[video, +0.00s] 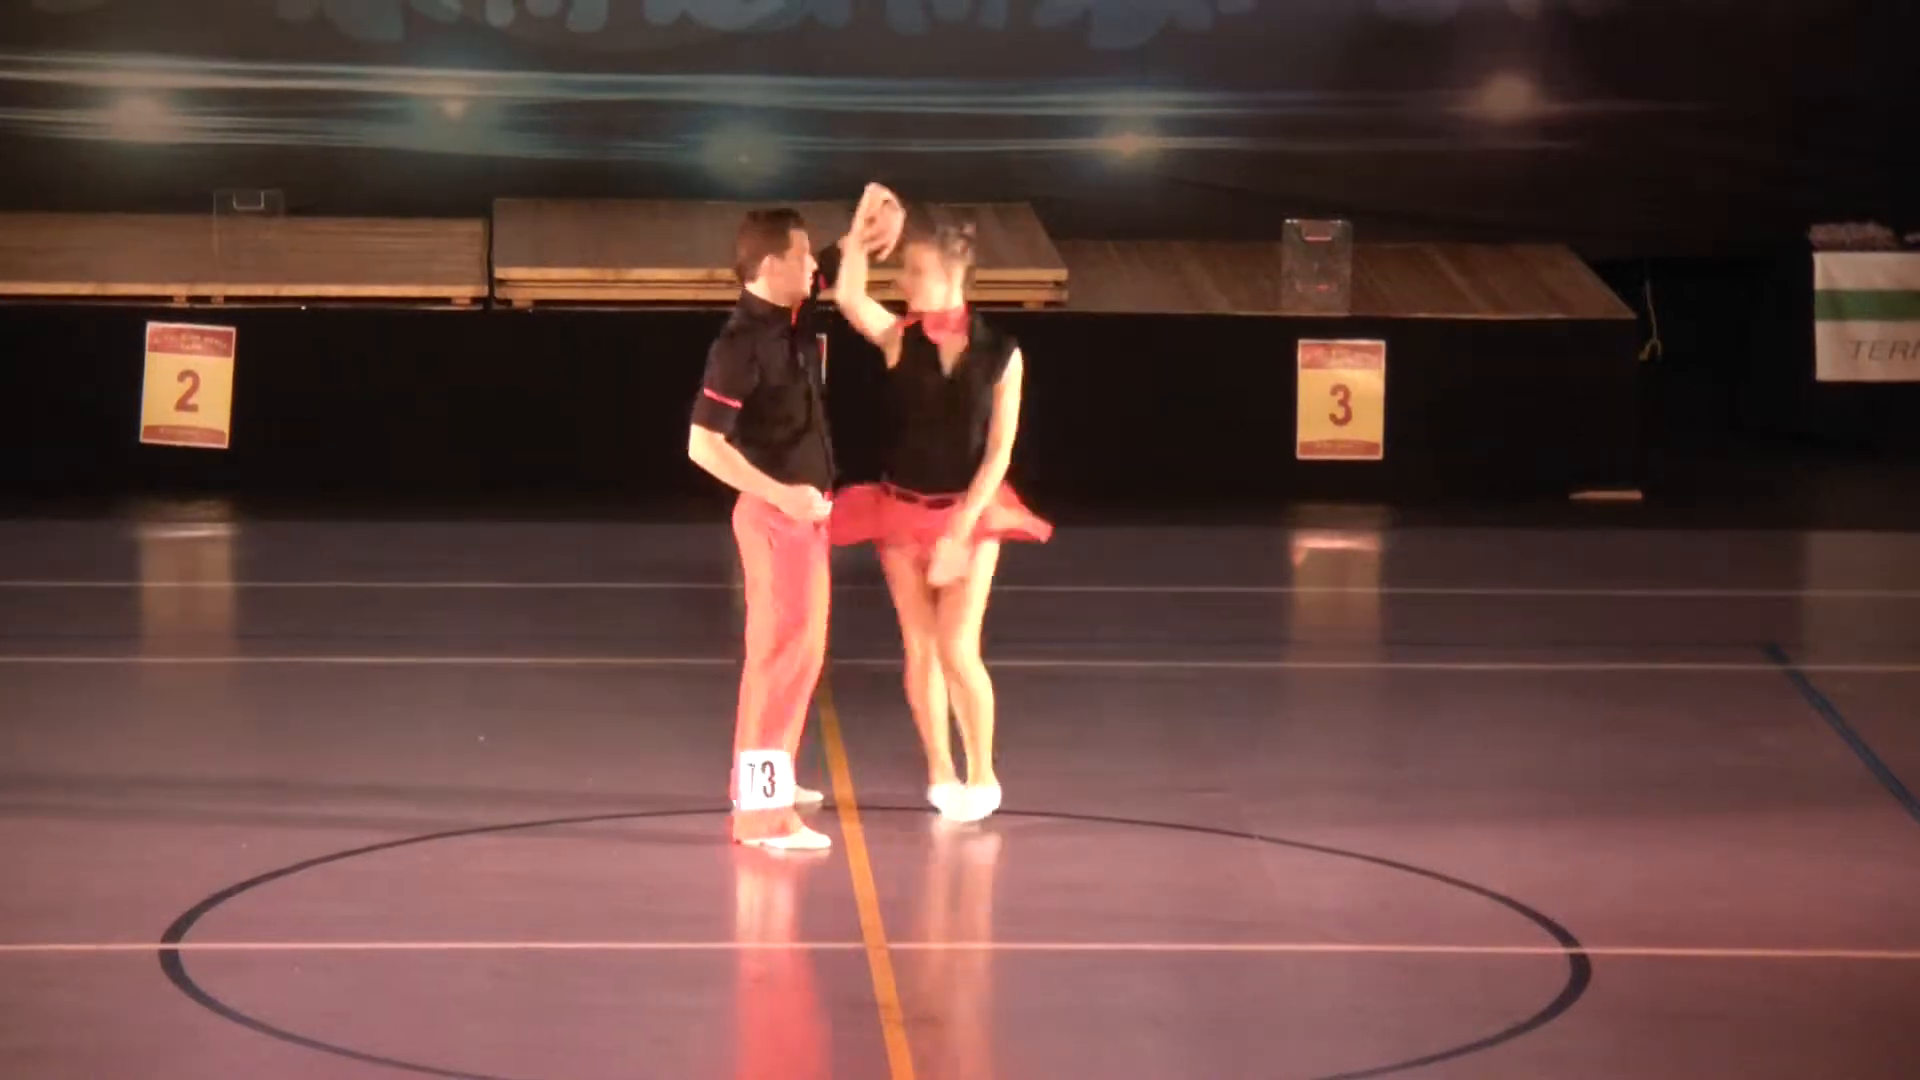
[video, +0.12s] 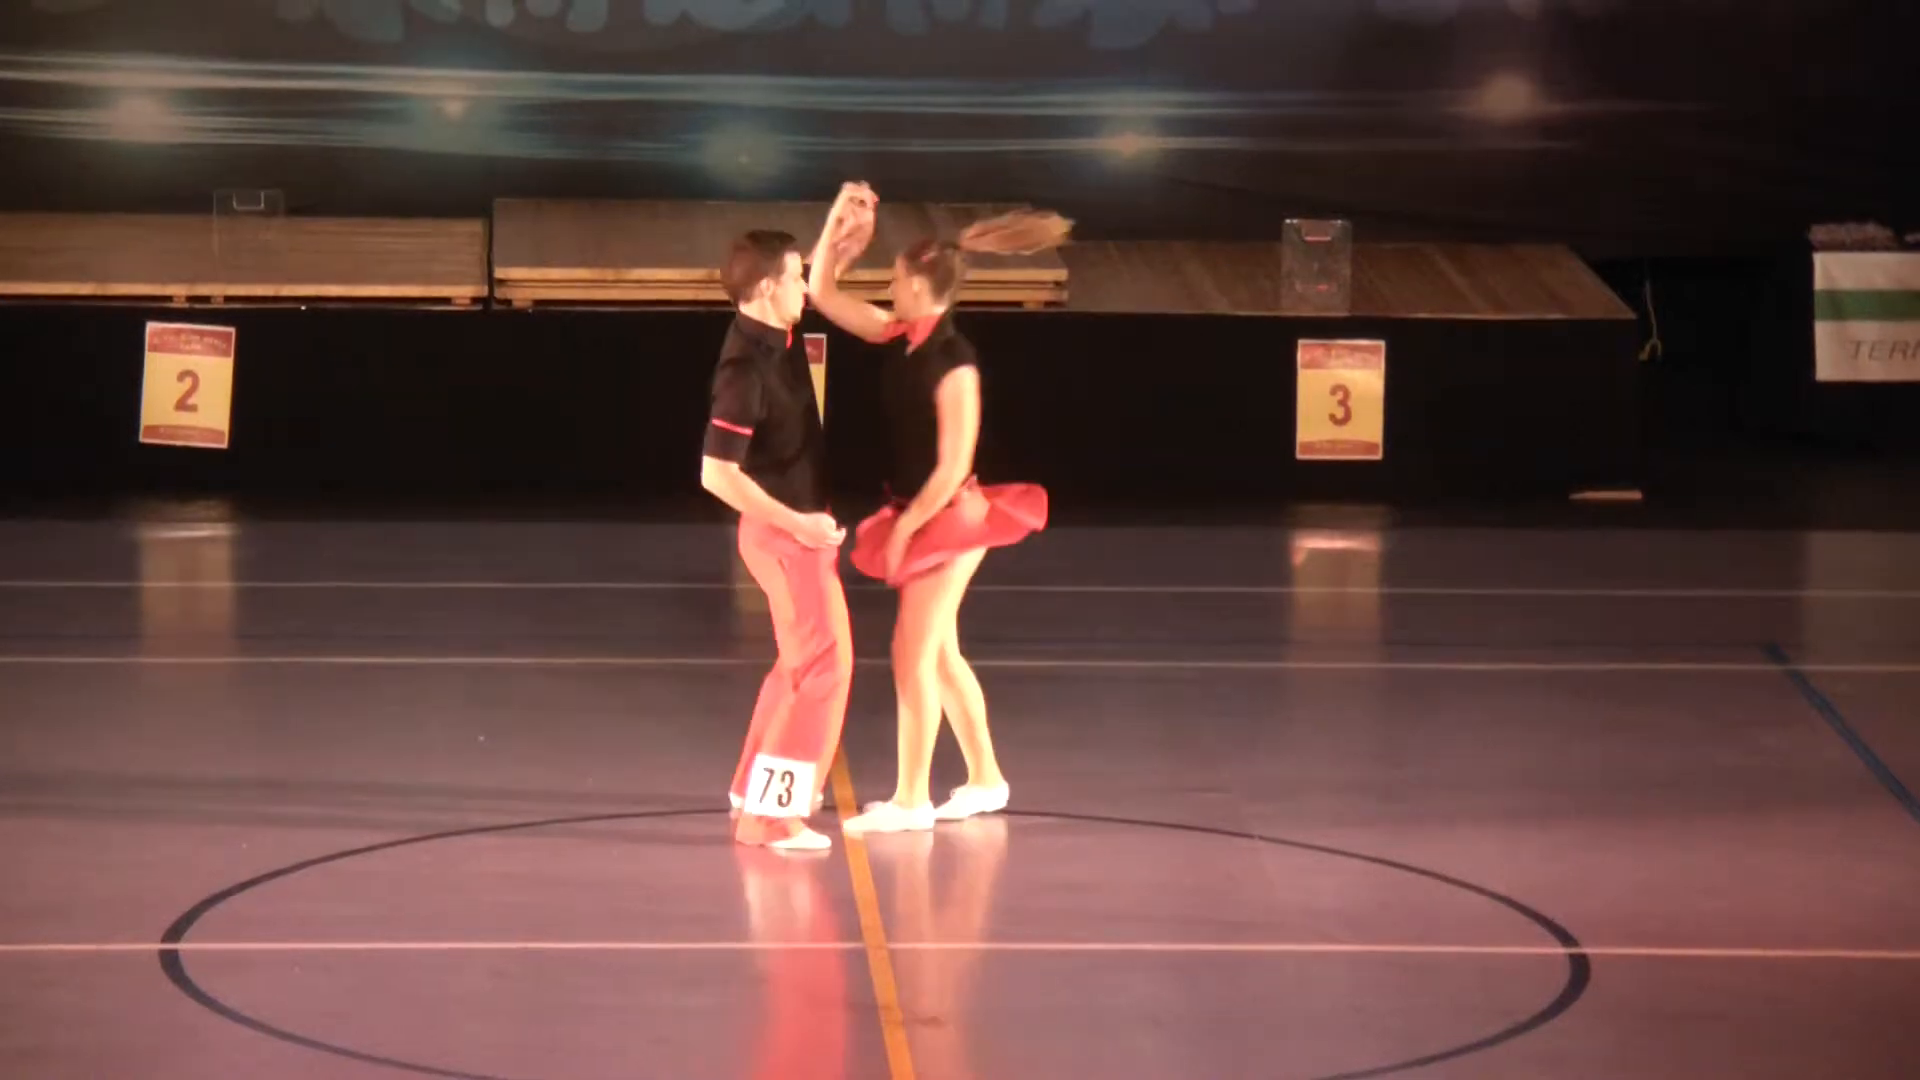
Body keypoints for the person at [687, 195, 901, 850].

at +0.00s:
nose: (813, 266)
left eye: (810, 255)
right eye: (801, 256)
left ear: (795, 262)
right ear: (765, 267)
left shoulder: (802, 315)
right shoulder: (740, 340)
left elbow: (847, 277)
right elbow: (703, 443)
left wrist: (869, 219)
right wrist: (780, 495)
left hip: (809, 509)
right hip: (769, 513)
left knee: (806, 650)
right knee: (774, 650)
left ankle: (772, 782)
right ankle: (754, 808)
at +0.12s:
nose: (805, 287)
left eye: (802, 276)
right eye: (797, 275)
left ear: (761, 286)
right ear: (766, 286)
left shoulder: (773, 337)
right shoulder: (745, 363)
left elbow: (814, 295)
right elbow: (717, 473)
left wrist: (837, 237)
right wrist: (797, 523)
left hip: (791, 526)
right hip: (781, 530)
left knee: (801, 660)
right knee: (827, 663)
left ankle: (753, 796)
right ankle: (774, 812)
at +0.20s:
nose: (804, 274)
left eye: (801, 264)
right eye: (794, 267)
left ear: (761, 280)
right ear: (763, 282)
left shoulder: (768, 325)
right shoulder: (752, 354)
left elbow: (791, 256)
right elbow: (725, 462)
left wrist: (824, 212)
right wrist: (803, 510)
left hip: (784, 516)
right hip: (784, 521)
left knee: (792, 652)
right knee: (823, 657)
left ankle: (753, 793)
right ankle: (773, 810)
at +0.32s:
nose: (805, 264)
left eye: (801, 253)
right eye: (796, 254)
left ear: (760, 262)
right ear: (766, 266)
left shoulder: (755, 303)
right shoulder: (758, 337)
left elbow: (782, 233)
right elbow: (737, 443)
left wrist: (819, 173)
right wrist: (813, 487)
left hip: (773, 500)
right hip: (783, 505)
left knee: (769, 646)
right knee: (802, 652)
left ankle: (755, 800)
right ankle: (765, 808)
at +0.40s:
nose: (807, 275)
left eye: (807, 264)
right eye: (799, 265)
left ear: (760, 272)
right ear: (766, 274)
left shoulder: (749, 311)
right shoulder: (760, 341)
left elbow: (799, 257)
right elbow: (740, 446)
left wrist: (842, 226)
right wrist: (816, 493)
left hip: (772, 507)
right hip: (780, 513)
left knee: (768, 653)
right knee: (796, 656)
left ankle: (756, 804)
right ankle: (762, 812)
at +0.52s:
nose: (815, 303)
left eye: (815, 290)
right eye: (808, 291)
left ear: (770, 289)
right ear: (773, 290)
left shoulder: (757, 334)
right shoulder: (754, 354)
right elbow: (734, 467)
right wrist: (802, 534)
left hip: (781, 515)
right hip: (778, 520)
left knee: (782, 652)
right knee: (812, 656)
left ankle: (757, 804)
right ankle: (769, 812)